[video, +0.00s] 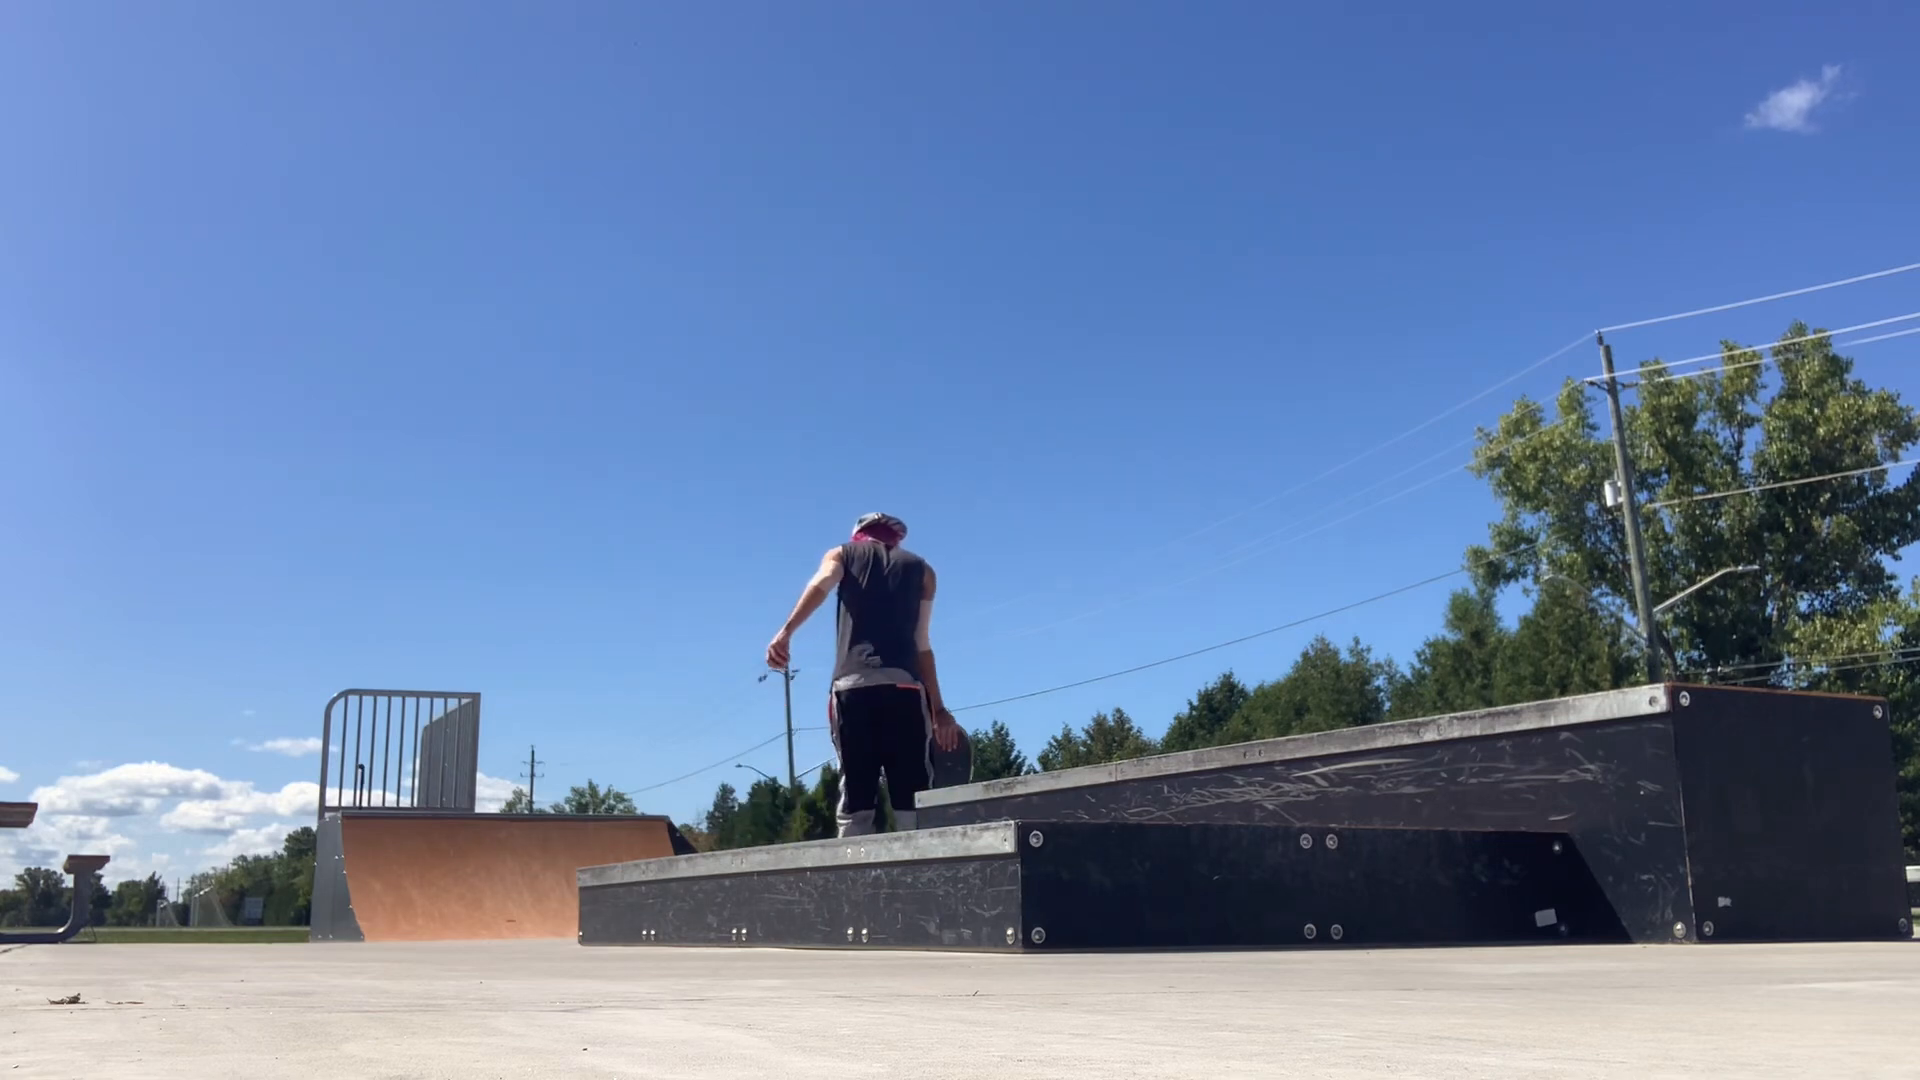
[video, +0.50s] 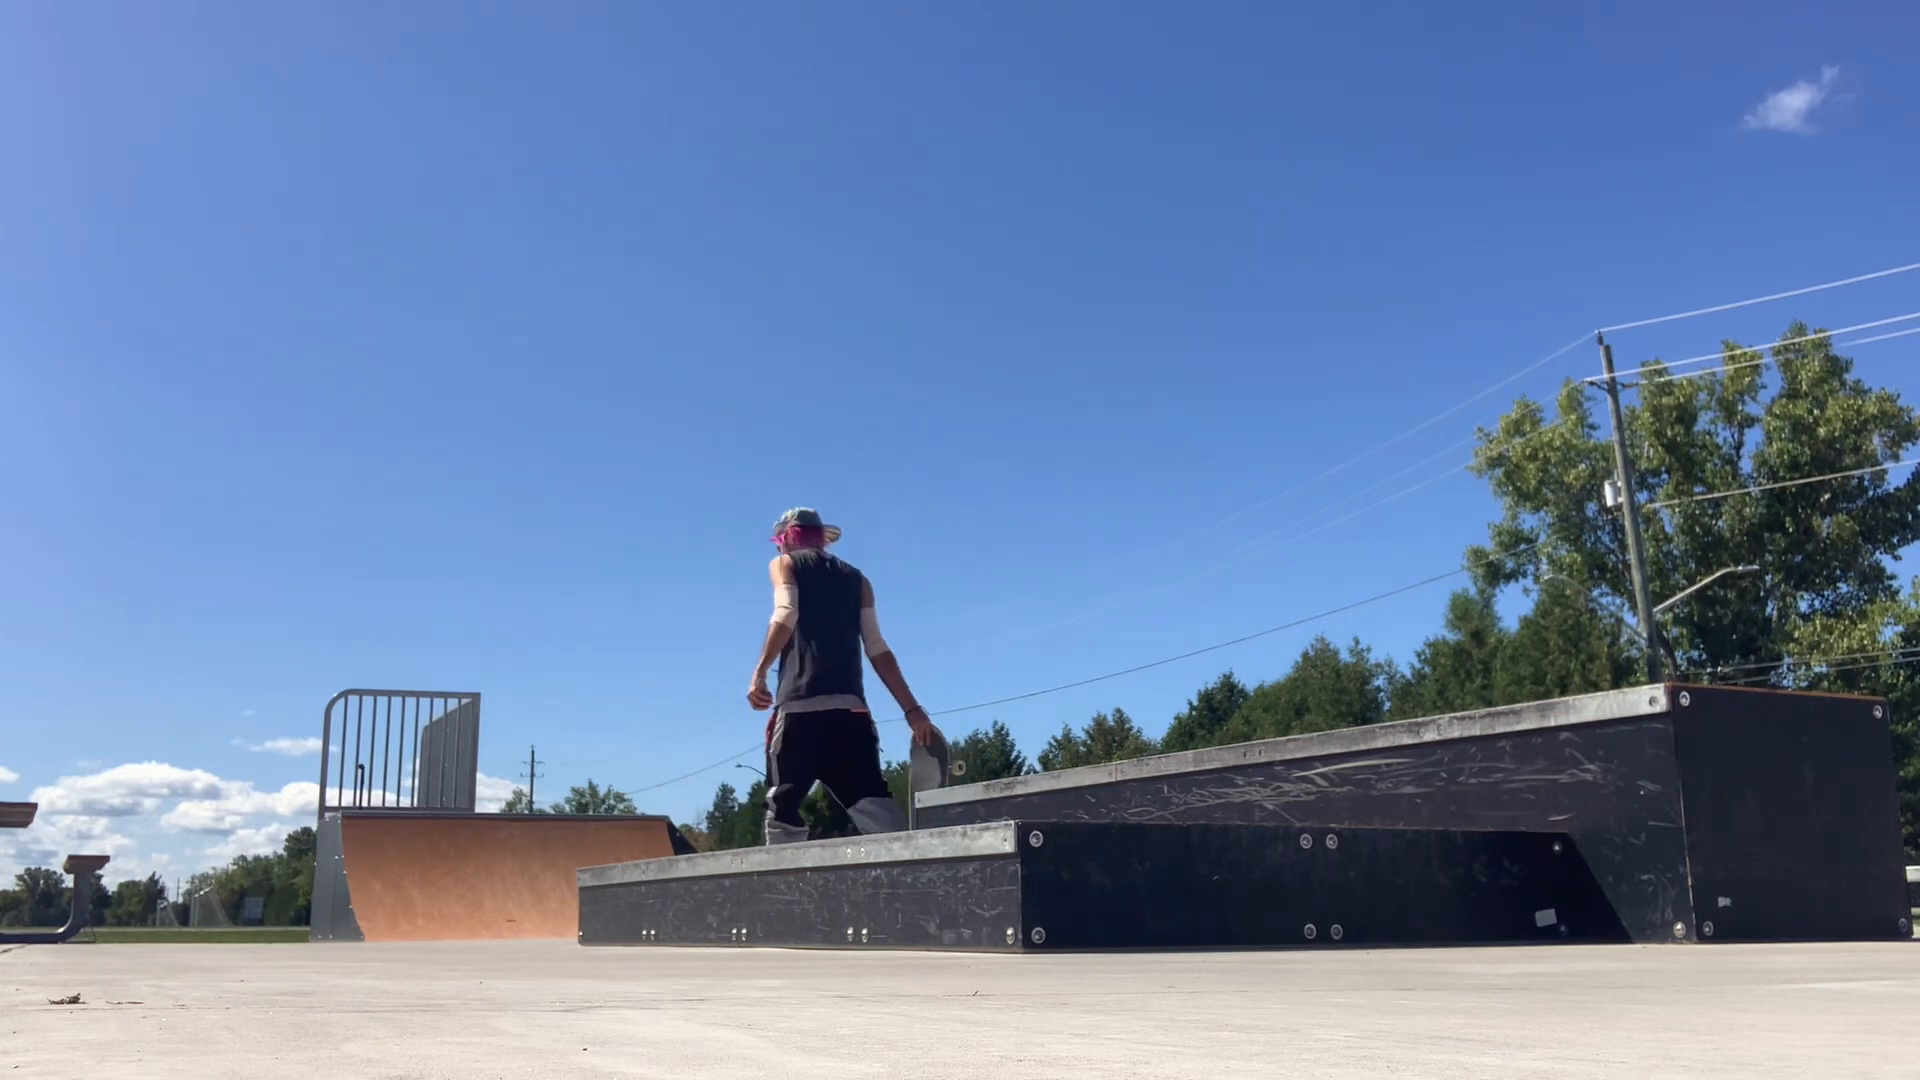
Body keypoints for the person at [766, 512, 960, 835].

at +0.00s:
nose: (851, 545)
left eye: (852, 541)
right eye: (902, 539)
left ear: (858, 536)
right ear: (897, 538)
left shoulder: (843, 553)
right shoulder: (922, 569)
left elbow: (821, 584)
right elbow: (921, 646)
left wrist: (785, 632)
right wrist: (939, 709)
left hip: (852, 696)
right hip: (905, 696)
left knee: (856, 799)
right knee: (909, 799)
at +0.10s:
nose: (852, 539)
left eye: (854, 536)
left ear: (858, 534)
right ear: (896, 537)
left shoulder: (843, 550)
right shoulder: (921, 570)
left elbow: (832, 584)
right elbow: (930, 641)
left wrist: (794, 633)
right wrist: (949, 708)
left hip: (849, 696)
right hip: (902, 698)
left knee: (845, 797)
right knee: (902, 800)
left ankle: (842, 879)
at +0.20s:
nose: (844, 543)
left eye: (845, 538)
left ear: (851, 535)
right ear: (887, 537)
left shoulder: (838, 550)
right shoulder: (915, 571)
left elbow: (835, 589)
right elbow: (933, 639)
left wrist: (804, 642)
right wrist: (950, 704)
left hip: (844, 706)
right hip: (897, 706)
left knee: (835, 814)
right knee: (906, 812)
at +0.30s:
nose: (828, 546)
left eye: (829, 542)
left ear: (836, 539)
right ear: (872, 539)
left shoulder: (827, 556)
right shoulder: (902, 575)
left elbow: (827, 599)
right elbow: (918, 642)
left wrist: (803, 653)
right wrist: (942, 705)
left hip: (837, 713)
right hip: (890, 713)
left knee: (819, 826)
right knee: (902, 821)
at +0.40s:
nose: (805, 550)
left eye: (805, 546)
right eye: (806, 547)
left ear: (812, 542)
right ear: (850, 540)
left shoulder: (808, 562)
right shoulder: (882, 578)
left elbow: (812, 608)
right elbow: (898, 646)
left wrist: (786, 665)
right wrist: (930, 707)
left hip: (822, 721)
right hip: (877, 720)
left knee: (800, 825)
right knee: (897, 819)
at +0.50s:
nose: (778, 548)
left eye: (778, 543)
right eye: (778, 543)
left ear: (787, 539)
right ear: (823, 539)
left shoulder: (783, 563)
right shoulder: (855, 577)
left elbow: (786, 616)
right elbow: (877, 650)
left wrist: (759, 674)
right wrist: (912, 709)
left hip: (796, 720)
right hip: (851, 718)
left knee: (782, 814)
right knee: (875, 810)